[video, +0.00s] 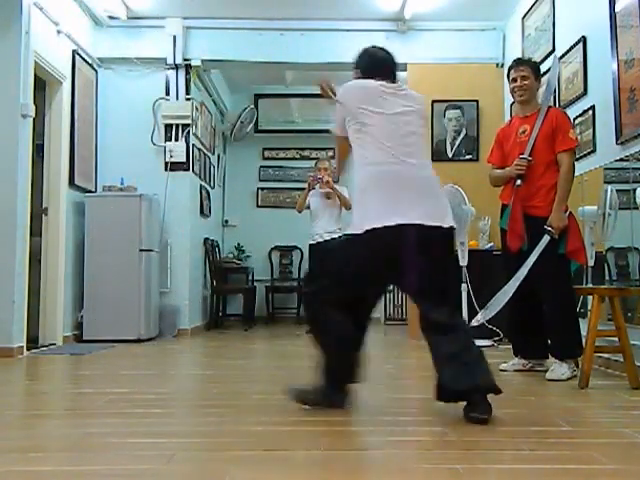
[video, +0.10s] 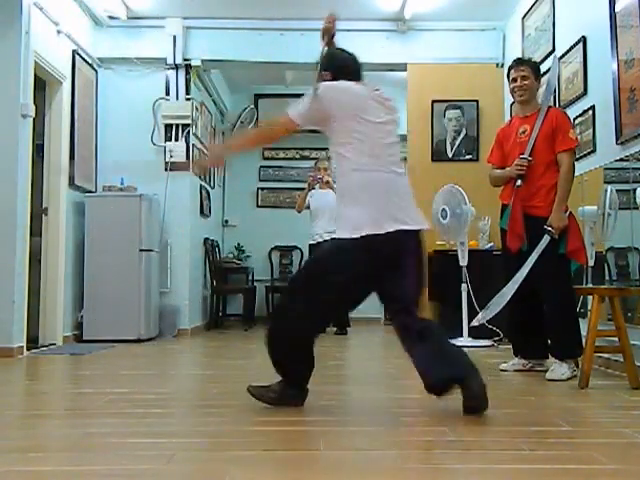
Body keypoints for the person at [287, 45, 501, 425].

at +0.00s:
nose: (352, 77)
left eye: (353, 72)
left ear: (358, 73)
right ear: (392, 74)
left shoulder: (349, 92)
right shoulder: (417, 100)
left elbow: (342, 148)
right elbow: (383, 110)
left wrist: (336, 176)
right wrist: (340, 96)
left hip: (377, 219)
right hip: (433, 220)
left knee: (338, 298)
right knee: (443, 310)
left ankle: (334, 388)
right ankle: (476, 394)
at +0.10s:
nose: (317, 79)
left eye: (319, 73)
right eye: (320, 73)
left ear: (325, 75)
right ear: (357, 74)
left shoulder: (328, 96)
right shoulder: (384, 100)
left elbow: (273, 131)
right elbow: (343, 80)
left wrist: (221, 149)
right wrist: (329, 43)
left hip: (360, 233)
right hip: (405, 231)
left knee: (296, 308)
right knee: (408, 318)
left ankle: (292, 386)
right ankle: (462, 371)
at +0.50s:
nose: (214, 110)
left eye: (217, 102)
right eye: (213, 104)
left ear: (239, 101)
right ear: (239, 104)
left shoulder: (287, 138)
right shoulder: (235, 149)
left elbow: (248, 184)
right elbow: (181, 184)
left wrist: (226, 133)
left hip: (303, 251)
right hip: (260, 250)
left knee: (252, 305)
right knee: (206, 294)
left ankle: (272, 389)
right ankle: (196, 368)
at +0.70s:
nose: (188, 104)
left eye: (195, 97)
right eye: (189, 98)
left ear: (222, 99)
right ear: (215, 102)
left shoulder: (259, 140)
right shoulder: (208, 144)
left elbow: (218, 178)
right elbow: (169, 191)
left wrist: (191, 131)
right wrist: (133, 153)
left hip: (269, 245)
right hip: (226, 244)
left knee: (238, 304)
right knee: (162, 274)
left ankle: (272, 386)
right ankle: (200, 344)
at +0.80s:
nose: (178, 114)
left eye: (182, 106)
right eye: (176, 107)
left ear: (209, 103)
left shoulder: (237, 136)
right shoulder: (191, 140)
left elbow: (183, 162)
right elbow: (149, 177)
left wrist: (120, 148)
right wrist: (147, 129)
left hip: (247, 243)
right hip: (205, 244)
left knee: (231, 307)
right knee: (146, 281)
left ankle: (270, 387)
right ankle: (140, 361)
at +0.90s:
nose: (154, 127)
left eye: (155, 119)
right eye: (151, 121)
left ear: (179, 108)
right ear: (174, 109)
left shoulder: (212, 138)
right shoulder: (170, 138)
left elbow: (154, 167)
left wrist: (91, 171)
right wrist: (135, 75)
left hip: (228, 243)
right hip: (188, 246)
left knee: (222, 304)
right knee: (132, 296)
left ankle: (271, 385)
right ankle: (115, 371)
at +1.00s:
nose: (123, 134)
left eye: (124, 124)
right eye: (119, 126)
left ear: (146, 110)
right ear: (141, 112)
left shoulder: (181, 139)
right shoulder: (146, 136)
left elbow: (133, 180)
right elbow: (86, 97)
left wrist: (83, 189)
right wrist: (119, 67)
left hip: (200, 245)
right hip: (158, 246)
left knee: (211, 304)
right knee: (109, 294)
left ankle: (259, 380)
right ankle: (111, 372)